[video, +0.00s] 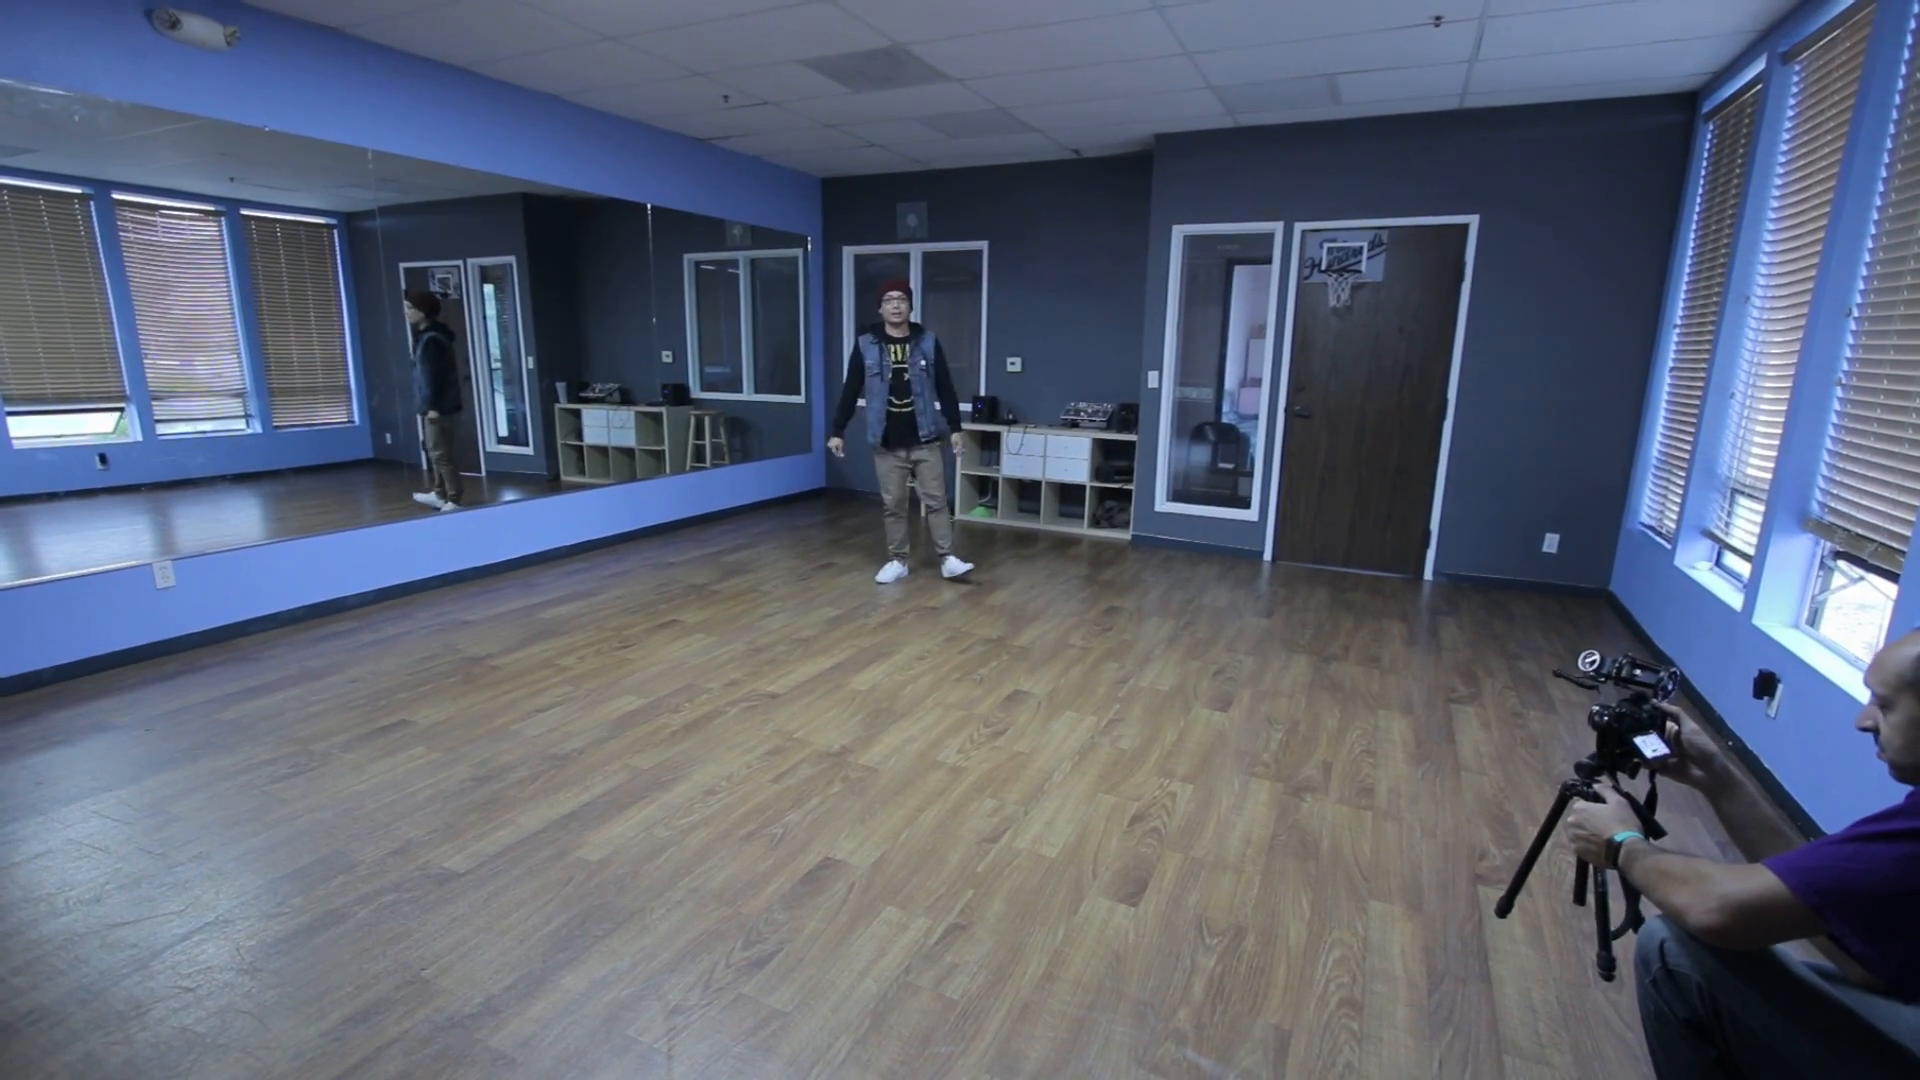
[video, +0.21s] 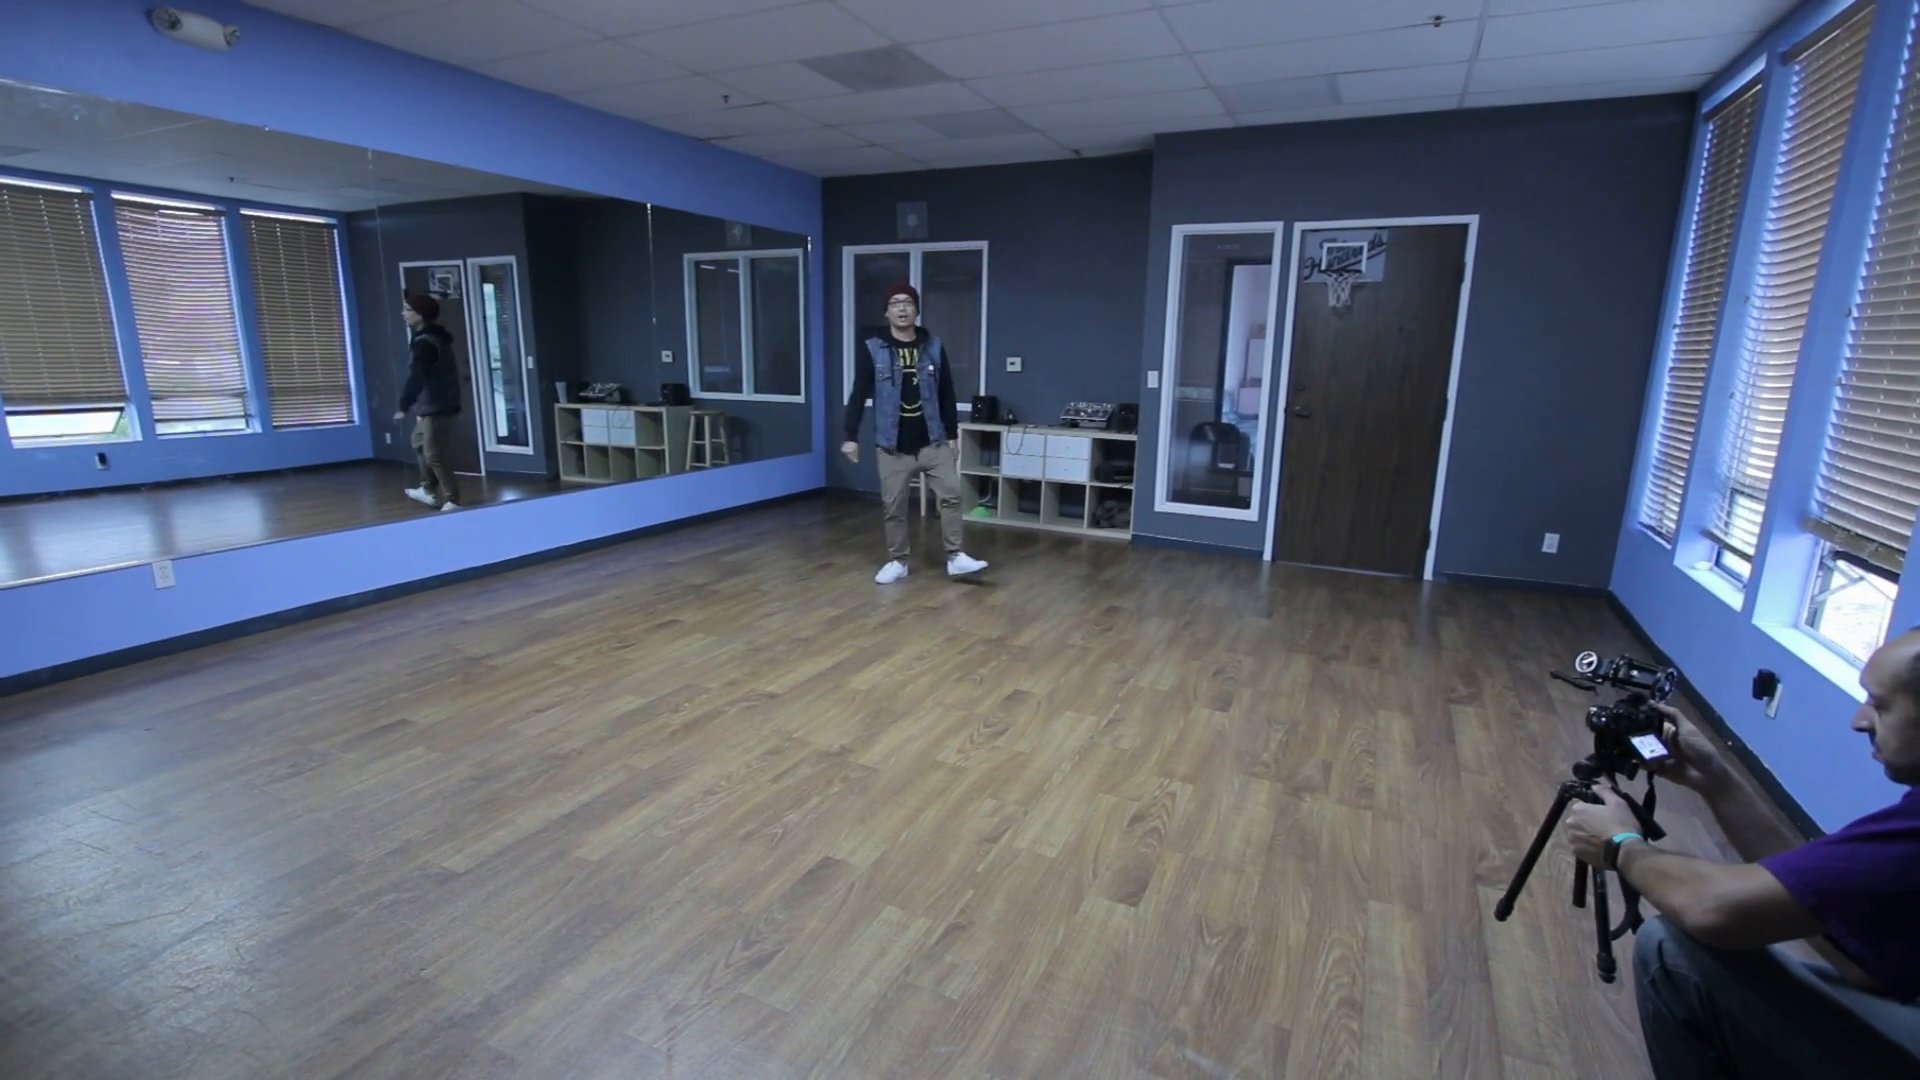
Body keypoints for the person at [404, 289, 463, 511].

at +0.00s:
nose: (407, 313)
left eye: (410, 309)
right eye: (406, 309)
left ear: (423, 312)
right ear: (423, 312)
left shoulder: (432, 340)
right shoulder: (426, 337)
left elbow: (433, 376)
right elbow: (428, 375)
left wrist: (432, 406)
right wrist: (425, 404)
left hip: (439, 406)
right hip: (433, 404)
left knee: (439, 452)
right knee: (433, 451)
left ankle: (453, 497)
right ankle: (438, 491)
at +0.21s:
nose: (404, 315)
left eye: (408, 311)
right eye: (404, 310)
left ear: (420, 314)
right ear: (422, 314)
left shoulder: (424, 342)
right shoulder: (437, 335)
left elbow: (416, 378)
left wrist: (403, 407)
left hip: (435, 405)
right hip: (439, 402)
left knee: (433, 453)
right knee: (419, 442)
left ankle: (452, 499)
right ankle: (427, 490)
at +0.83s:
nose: (371, 320)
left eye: (374, 316)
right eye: (372, 316)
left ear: (387, 318)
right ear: (390, 318)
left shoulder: (393, 342)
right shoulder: (404, 338)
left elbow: (390, 379)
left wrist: (381, 410)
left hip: (413, 408)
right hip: (411, 407)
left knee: (419, 454)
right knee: (399, 452)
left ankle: (444, 498)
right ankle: (419, 496)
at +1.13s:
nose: (358, 316)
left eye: (361, 311)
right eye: (358, 311)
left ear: (373, 312)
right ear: (373, 313)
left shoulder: (386, 336)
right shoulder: (382, 335)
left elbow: (394, 370)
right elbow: (386, 374)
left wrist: (397, 400)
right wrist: (382, 401)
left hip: (401, 404)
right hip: (405, 403)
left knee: (399, 450)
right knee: (410, 451)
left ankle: (409, 497)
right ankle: (421, 497)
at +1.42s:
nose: (351, 320)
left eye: (354, 316)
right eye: (351, 316)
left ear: (363, 318)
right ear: (372, 317)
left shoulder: (373, 341)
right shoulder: (385, 336)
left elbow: (382, 378)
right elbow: (387, 377)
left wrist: (381, 411)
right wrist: (386, 406)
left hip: (388, 410)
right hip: (400, 408)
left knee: (370, 451)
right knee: (398, 452)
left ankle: (375, 500)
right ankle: (421, 496)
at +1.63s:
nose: (334, 321)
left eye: (337, 316)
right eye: (335, 316)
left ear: (349, 318)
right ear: (358, 318)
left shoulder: (355, 343)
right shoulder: (375, 336)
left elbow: (360, 382)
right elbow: (386, 376)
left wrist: (357, 415)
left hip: (370, 413)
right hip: (388, 409)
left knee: (359, 458)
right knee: (397, 454)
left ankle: (348, 505)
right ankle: (422, 497)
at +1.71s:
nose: (323, 321)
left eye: (327, 318)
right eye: (325, 317)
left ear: (339, 320)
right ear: (348, 319)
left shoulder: (345, 345)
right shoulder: (367, 337)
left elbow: (349, 384)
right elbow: (376, 376)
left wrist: (344, 418)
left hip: (366, 413)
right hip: (386, 408)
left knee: (352, 458)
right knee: (398, 455)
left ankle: (345, 507)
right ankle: (423, 498)